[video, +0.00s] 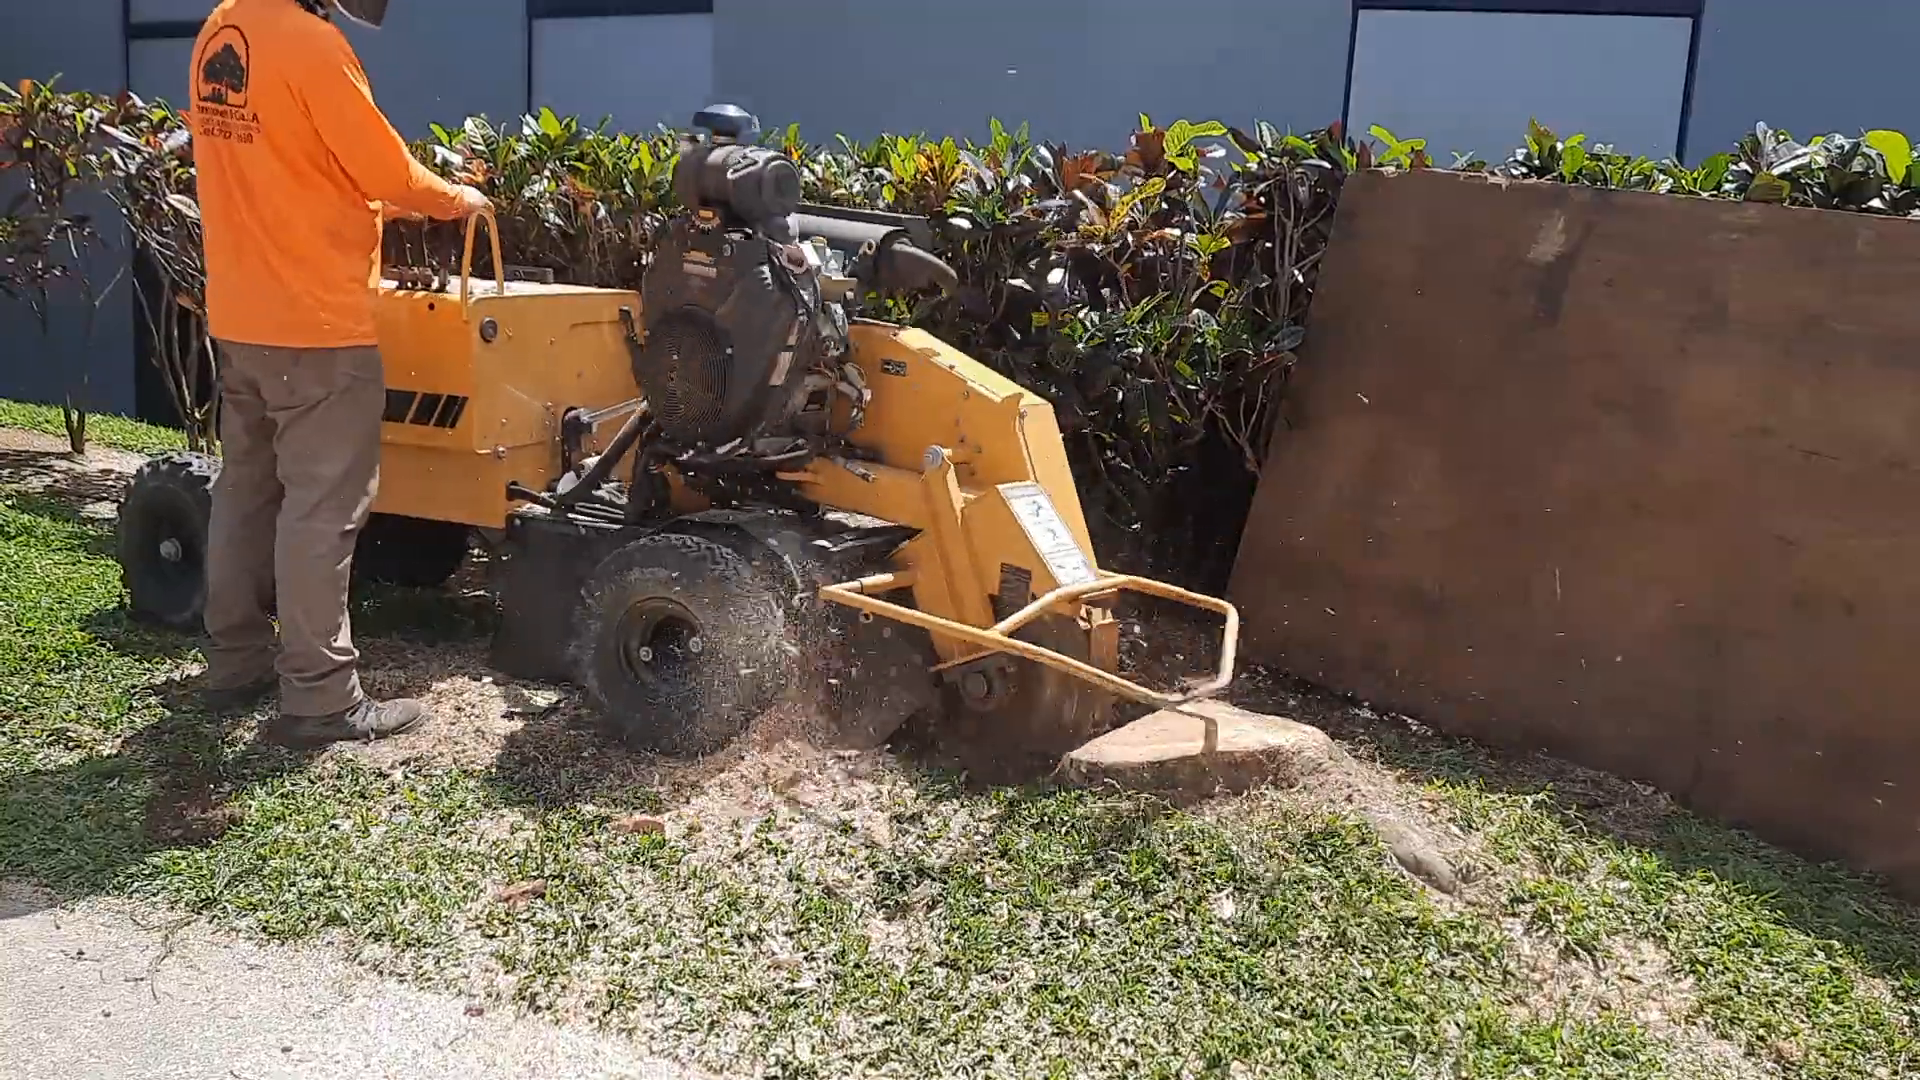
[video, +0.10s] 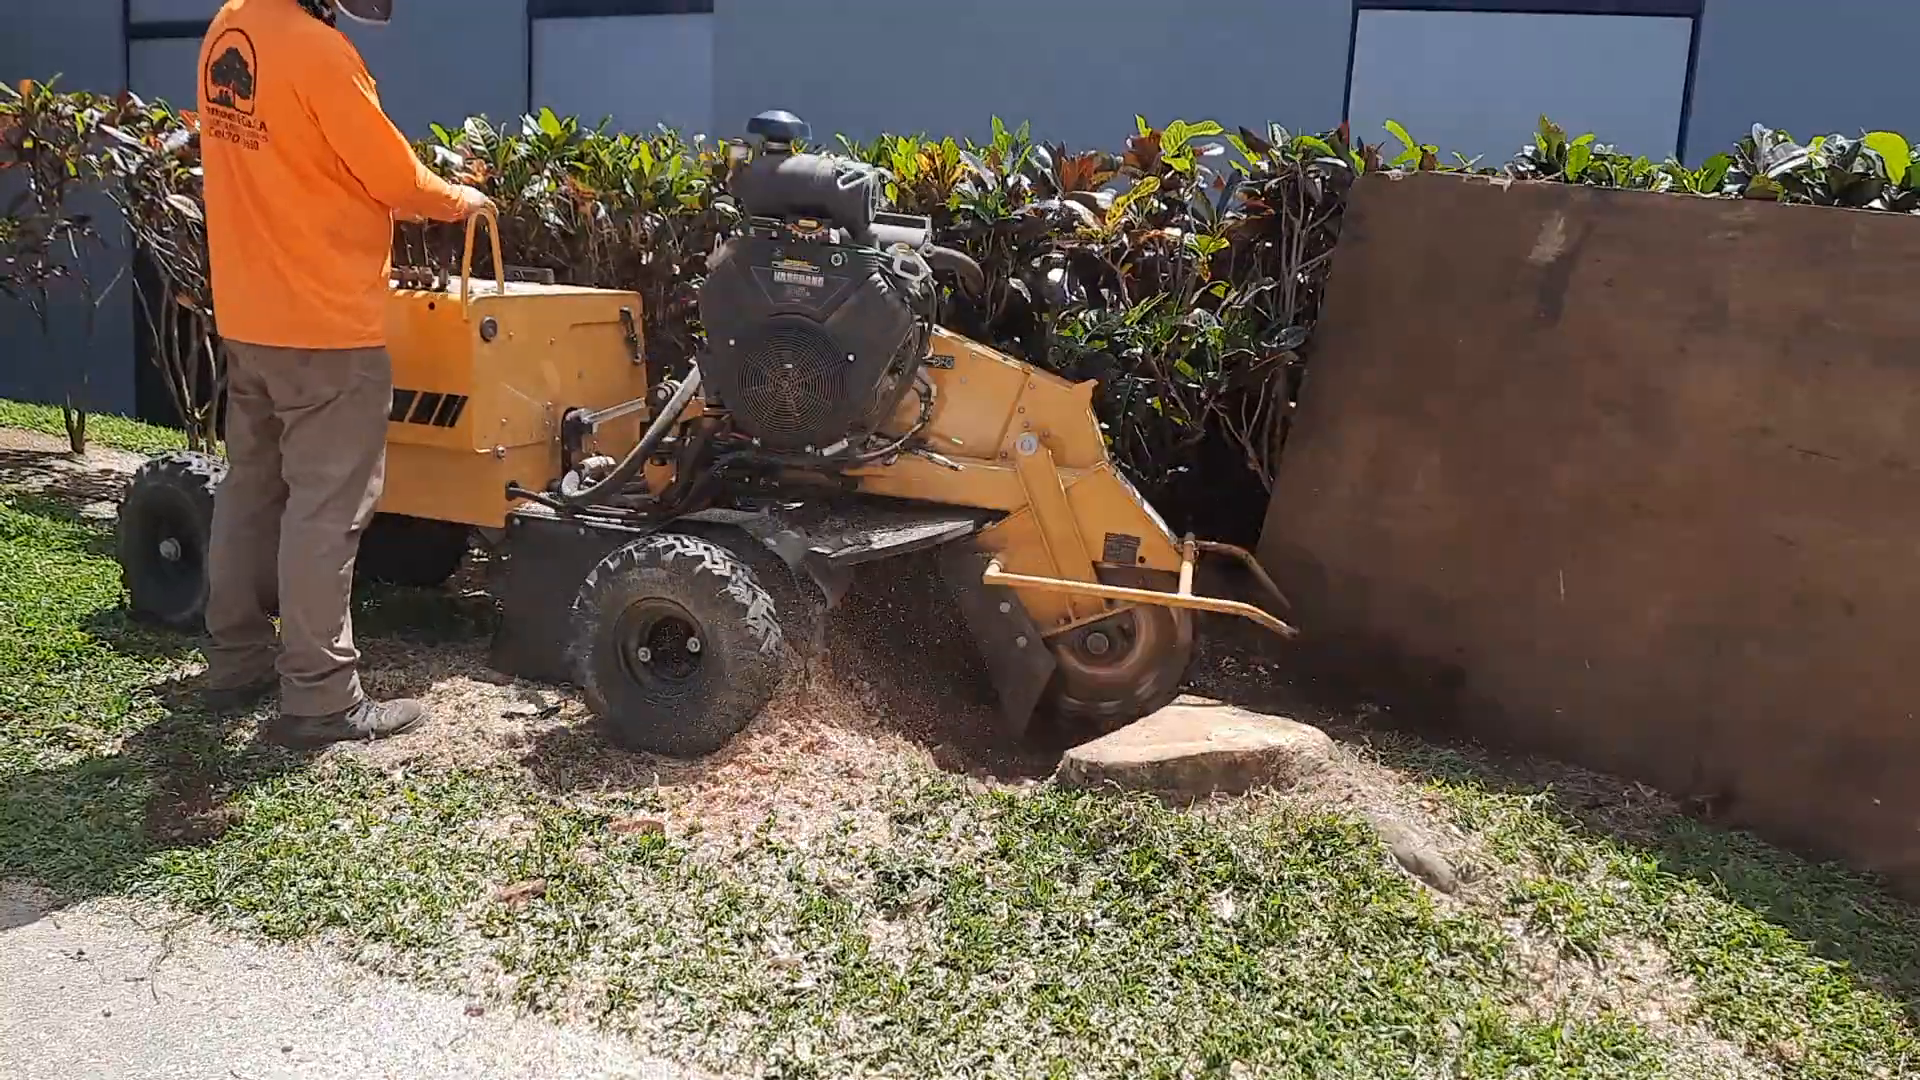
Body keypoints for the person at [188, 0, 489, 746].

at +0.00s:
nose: (373, 13)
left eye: (371, 6)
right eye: (369, 3)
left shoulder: (220, 26)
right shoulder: (316, 47)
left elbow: (276, 168)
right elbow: (388, 172)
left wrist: (388, 196)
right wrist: (457, 200)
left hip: (239, 321)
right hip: (318, 325)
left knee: (246, 493)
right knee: (323, 504)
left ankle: (236, 662)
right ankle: (318, 697)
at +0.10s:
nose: (374, 12)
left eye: (375, 6)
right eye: (370, 3)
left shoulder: (228, 24)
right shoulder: (322, 54)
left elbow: (301, 156)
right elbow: (396, 178)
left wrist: (410, 189)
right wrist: (456, 202)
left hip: (246, 322)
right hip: (326, 328)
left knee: (251, 490)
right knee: (327, 503)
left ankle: (237, 660)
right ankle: (318, 697)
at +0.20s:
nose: (374, 10)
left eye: (377, 4)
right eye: (370, 0)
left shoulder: (205, 32)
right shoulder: (321, 44)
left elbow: (260, 155)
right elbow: (386, 166)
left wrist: (369, 190)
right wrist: (425, 199)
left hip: (232, 321)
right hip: (320, 327)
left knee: (243, 499)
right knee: (325, 509)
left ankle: (235, 664)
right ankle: (321, 697)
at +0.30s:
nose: (380, 12)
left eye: (381, 6)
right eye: (375, 3)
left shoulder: (214, 30)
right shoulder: (320, 41)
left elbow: (272, 154)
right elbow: (391, 160)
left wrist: (370, 192)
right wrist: (434, 197)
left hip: (235, 319)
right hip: (321, 325)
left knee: (245, 495)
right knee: (323, 506)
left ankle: (237, 665)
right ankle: (319, 698)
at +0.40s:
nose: (368, 15)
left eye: (371, 10)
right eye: (367, 6)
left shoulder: (215, 26)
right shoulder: (312, 43)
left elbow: (262, 158)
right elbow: (376, 176)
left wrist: (378, 200)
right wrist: (421, 202)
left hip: (234, 321)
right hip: (318, 327)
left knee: (244, 494)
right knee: (326, 505)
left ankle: (235, 661)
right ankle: (320, 696)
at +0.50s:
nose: (367, 9)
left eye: (368, 3)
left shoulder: (207, 24)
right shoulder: (301, 45)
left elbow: (269, 158)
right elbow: (373, 178)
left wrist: (380, 200)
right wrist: (420, 203)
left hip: (229, 321)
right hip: (309, 326)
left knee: (238, 499)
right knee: (319, 507)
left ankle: (233, 665)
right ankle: (320, 698)